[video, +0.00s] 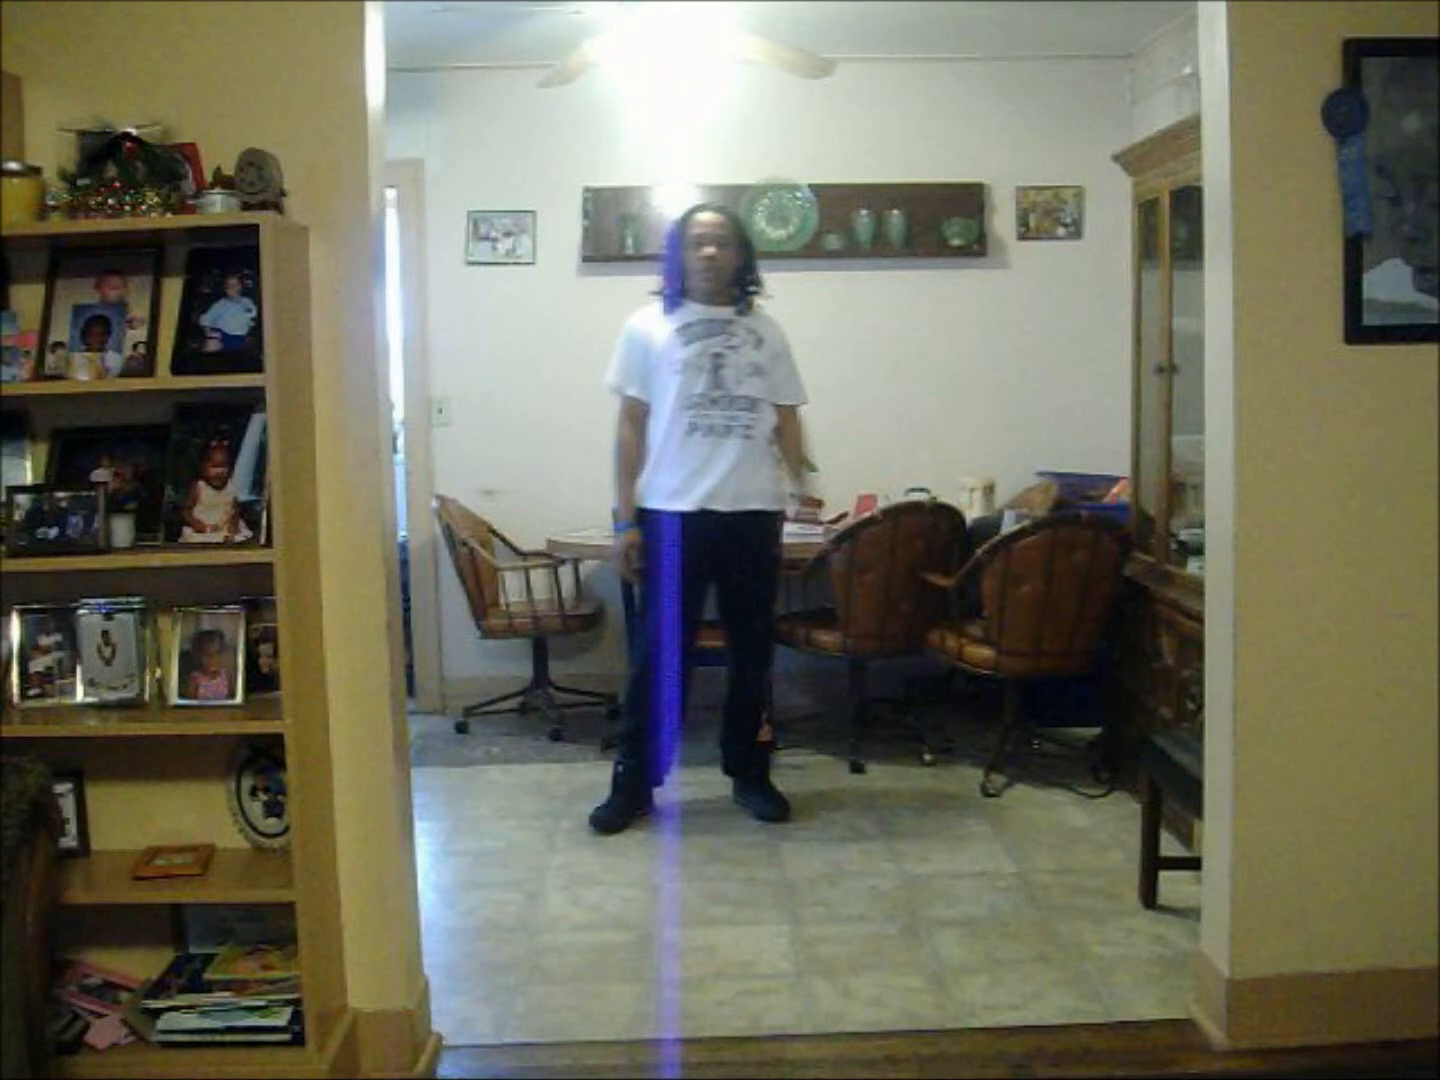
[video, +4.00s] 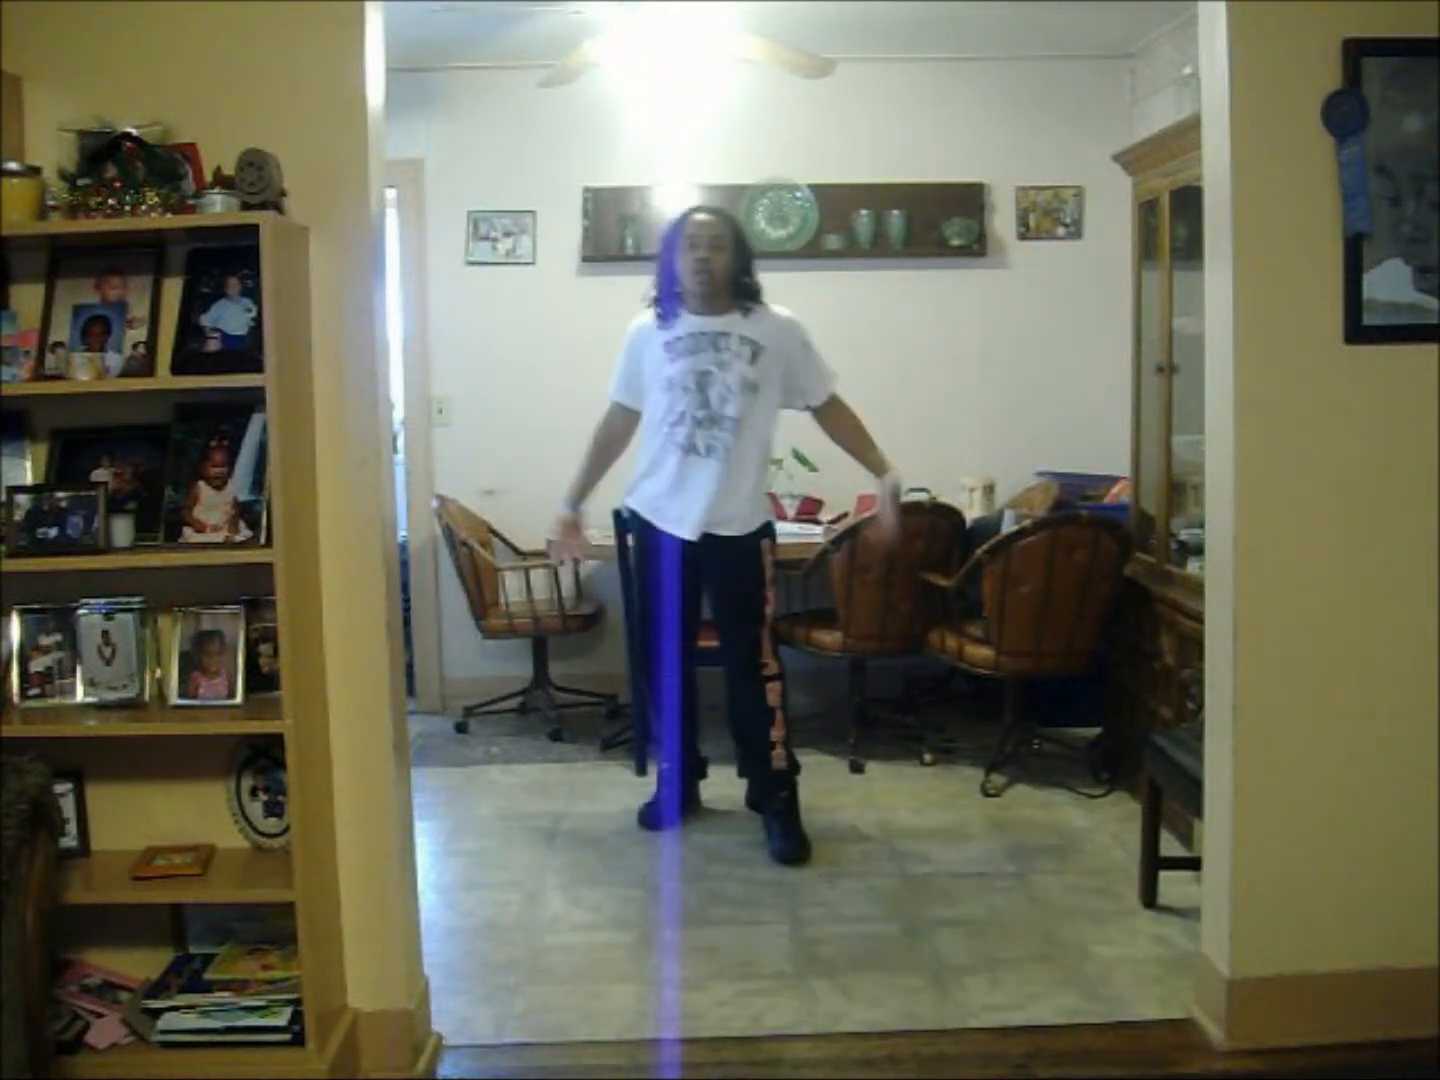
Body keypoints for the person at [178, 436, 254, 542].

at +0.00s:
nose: (220, 472)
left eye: (224, 467)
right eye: (214, 466)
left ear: (230, 468)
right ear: (203, 468)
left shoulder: (231, 487)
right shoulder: (200, 487)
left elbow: (236, 508)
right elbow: (186, 510)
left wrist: (233, 524)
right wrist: (200, 526)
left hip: (225, 532)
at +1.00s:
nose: (220, 472)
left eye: (224, 466)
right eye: (214, 466)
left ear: (230, 468)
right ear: (203, 467)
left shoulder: (231, 487)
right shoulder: (199, 487)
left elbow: (237, 508)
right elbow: (186, 510)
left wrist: (233, 523)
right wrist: (199, 525)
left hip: (224, 533)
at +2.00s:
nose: (219, 471)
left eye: (224, 467)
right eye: (214, 466)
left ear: (230, 469)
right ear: (203, 468)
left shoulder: (231, 488)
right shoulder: (200, 487)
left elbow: (237, 510)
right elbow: (186, 511)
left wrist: (233, 526)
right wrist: (199, 525)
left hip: (225, 532)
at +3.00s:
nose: (219, 472)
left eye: (224, 466)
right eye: (214, 466)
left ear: (230, 469)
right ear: (204, 468)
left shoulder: (232, 488)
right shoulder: (200, 487)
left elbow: (236, 510)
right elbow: (187, 511)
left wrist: (232, 531)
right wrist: (200, 525)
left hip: (225, 532)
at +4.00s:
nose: (219, 471)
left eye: (223, 466)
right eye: (213, 466)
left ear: (230, 469)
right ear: (204, 468)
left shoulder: (232, 488)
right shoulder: (200, 487)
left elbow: (237, 511)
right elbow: (186, 511)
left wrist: (232, 531)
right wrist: (201, 526)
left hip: (225, 534)